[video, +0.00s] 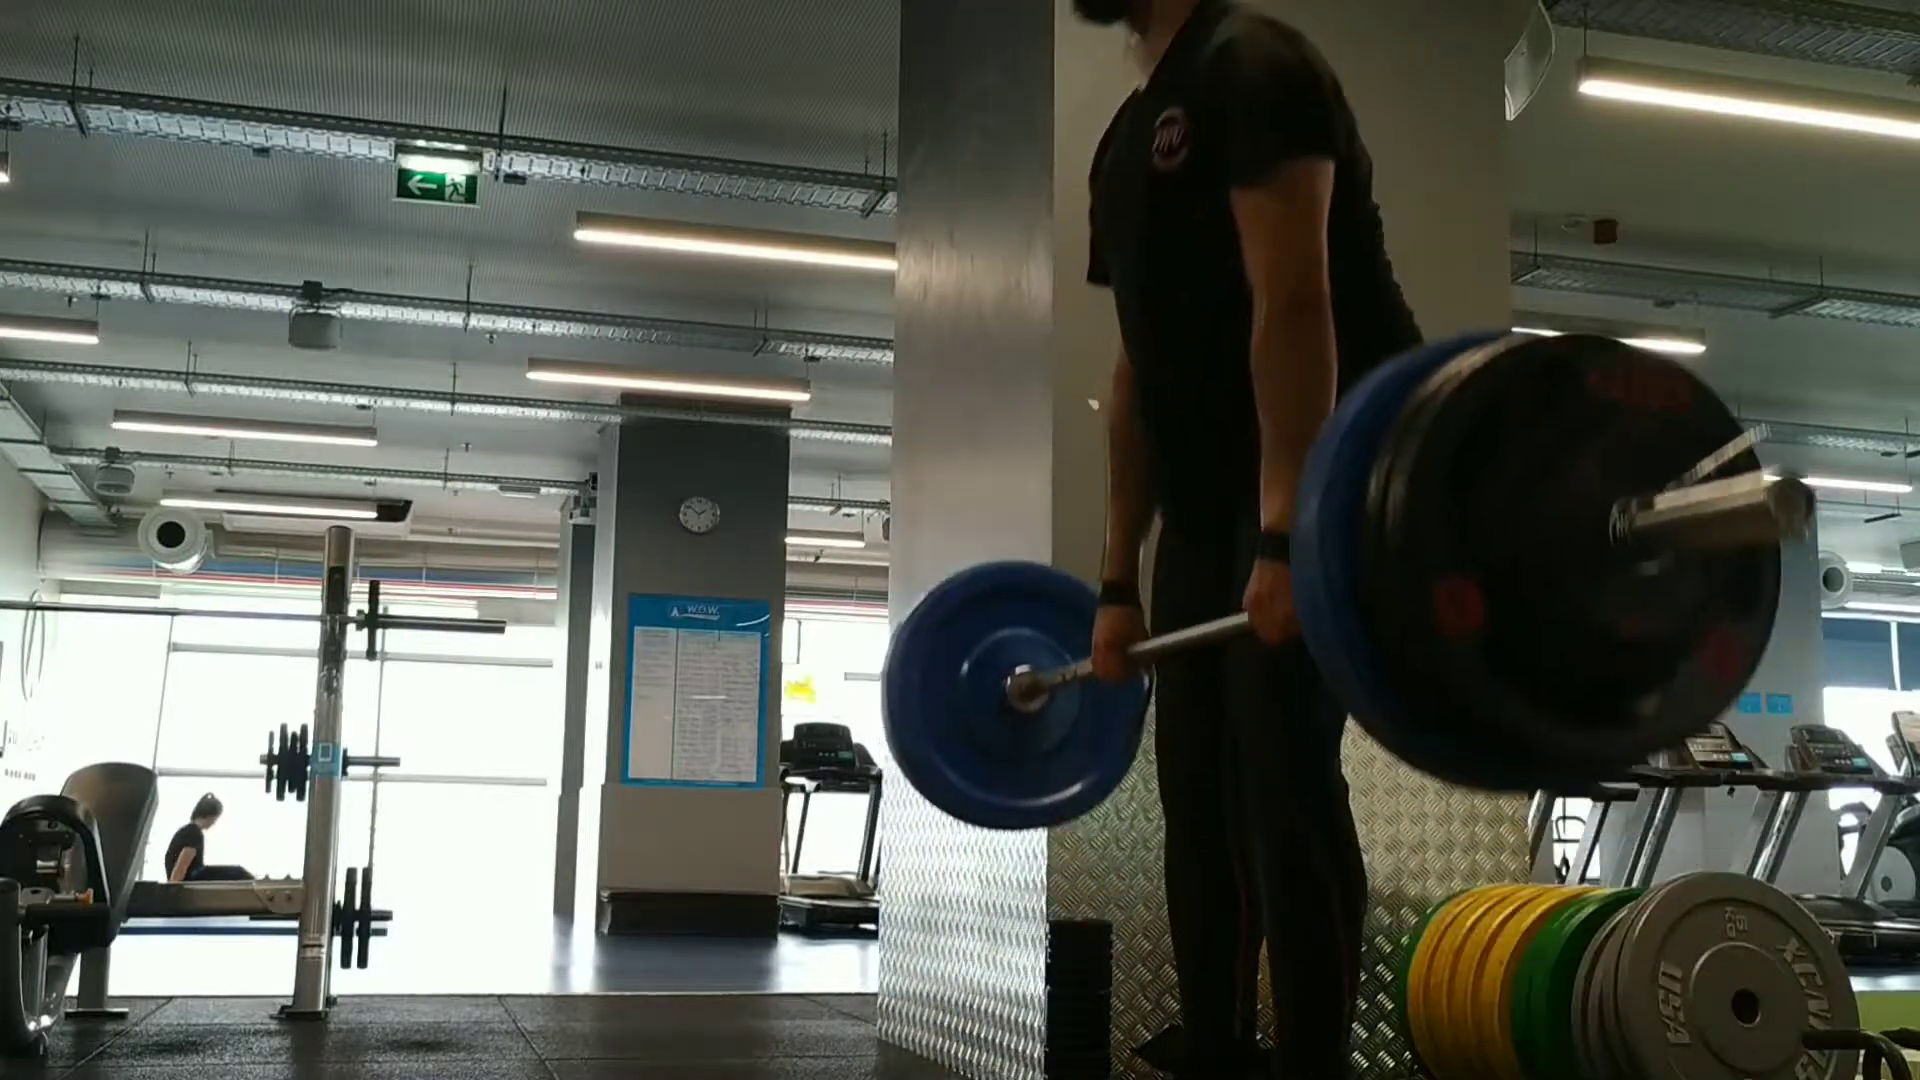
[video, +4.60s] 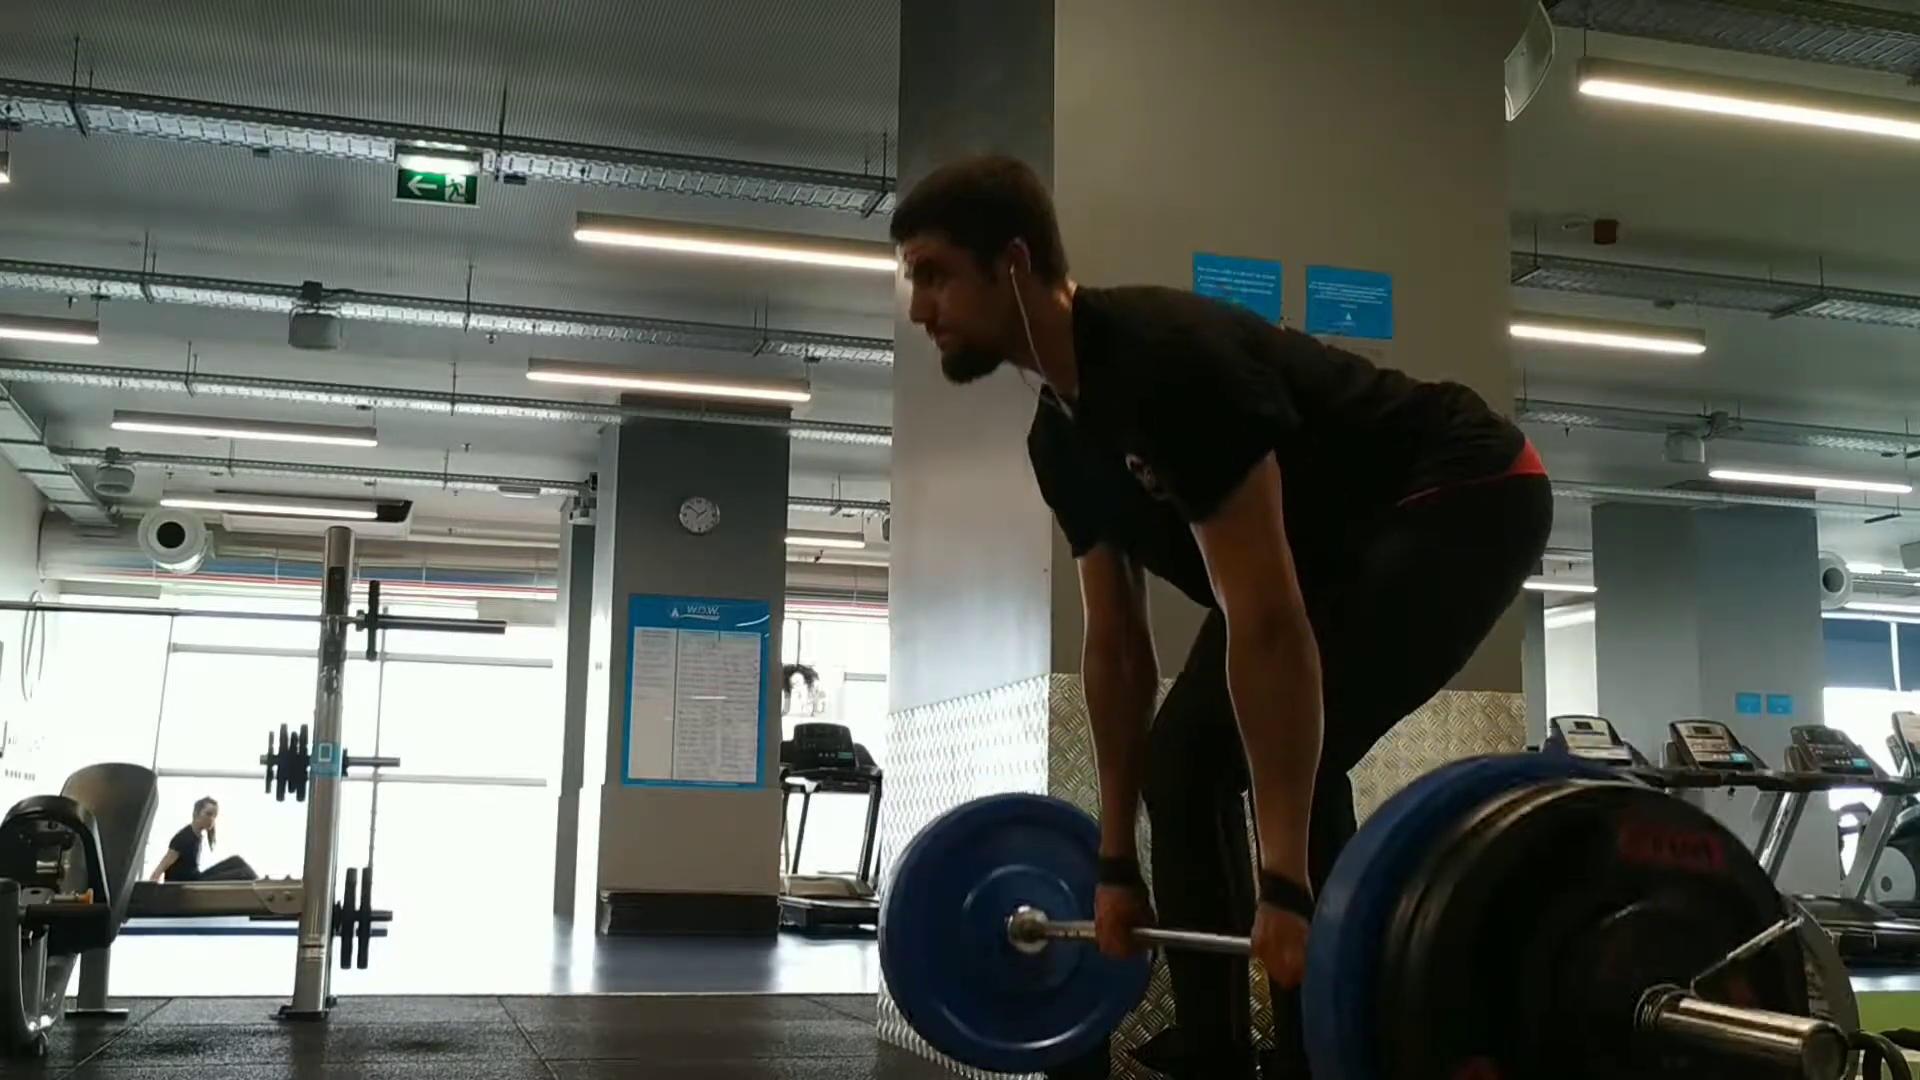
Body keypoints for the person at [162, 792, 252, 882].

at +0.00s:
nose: (215, 822)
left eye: (216, 819)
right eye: (215, 818)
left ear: (198, 811)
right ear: (210, 816)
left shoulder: (188, 831)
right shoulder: (194, 833)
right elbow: (181, 867)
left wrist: (170, 891)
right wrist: (171, 892)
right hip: (191, 878)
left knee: (237, 871)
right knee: (238, 871)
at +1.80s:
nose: (219, 821)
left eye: (220, 817)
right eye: (217, 816)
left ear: (204, 813)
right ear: (204, 813)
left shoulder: (197, 834)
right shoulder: (193, 834)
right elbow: (184, 863)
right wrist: (188, 890)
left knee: (236, 861)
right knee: (240, 873)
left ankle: (264, 886)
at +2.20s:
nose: (222, 822)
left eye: (223, 818)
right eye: (219, 817)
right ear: (206, 814)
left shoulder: (200, 836)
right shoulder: (196, 836)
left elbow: (196, 870)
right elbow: (194, 870)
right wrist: (202, 895)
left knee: (236, 861)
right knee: (242, 871)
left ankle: (261, 885)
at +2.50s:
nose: (224, 823)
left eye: (226, 819)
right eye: (221, 818)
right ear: (209, 816)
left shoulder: (204, 838)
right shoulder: (199, 838)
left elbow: (200, 870)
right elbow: (197, 872)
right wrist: (208, 896)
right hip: (183, 886)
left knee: (236, 861)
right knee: (241, 871)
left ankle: (261, 886)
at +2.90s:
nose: (219, 824)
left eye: (223, 820)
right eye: (216, 818)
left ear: (227, 822)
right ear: (207, 815)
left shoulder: (205, 838)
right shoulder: (197, 838)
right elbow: (179, 872)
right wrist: (195, 891)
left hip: (198, 877)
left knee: (236, 861)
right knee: (241, 871)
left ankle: (261, 886)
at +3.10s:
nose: (213, 823)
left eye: (218, 820)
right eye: (211, 817)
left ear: (222, 822)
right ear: (203, 814)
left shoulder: (209, 841)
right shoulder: (191, 837)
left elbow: (203, 867)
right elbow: (165, 866)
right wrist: (165, 890)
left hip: (203, 877)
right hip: (190, 883)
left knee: (236, 862)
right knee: (241, 872)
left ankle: (260, 885)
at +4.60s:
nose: (211, 819)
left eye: (214, 816)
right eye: (208, 814)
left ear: (215, 818)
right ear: (198, 813)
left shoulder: (197, 836)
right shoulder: (184, 837)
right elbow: (162, 866)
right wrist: (149, 888)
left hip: (194, 880)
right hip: (184, 886)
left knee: (236, 861)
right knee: (240, 872)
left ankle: (259, 885)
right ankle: (260, 890)